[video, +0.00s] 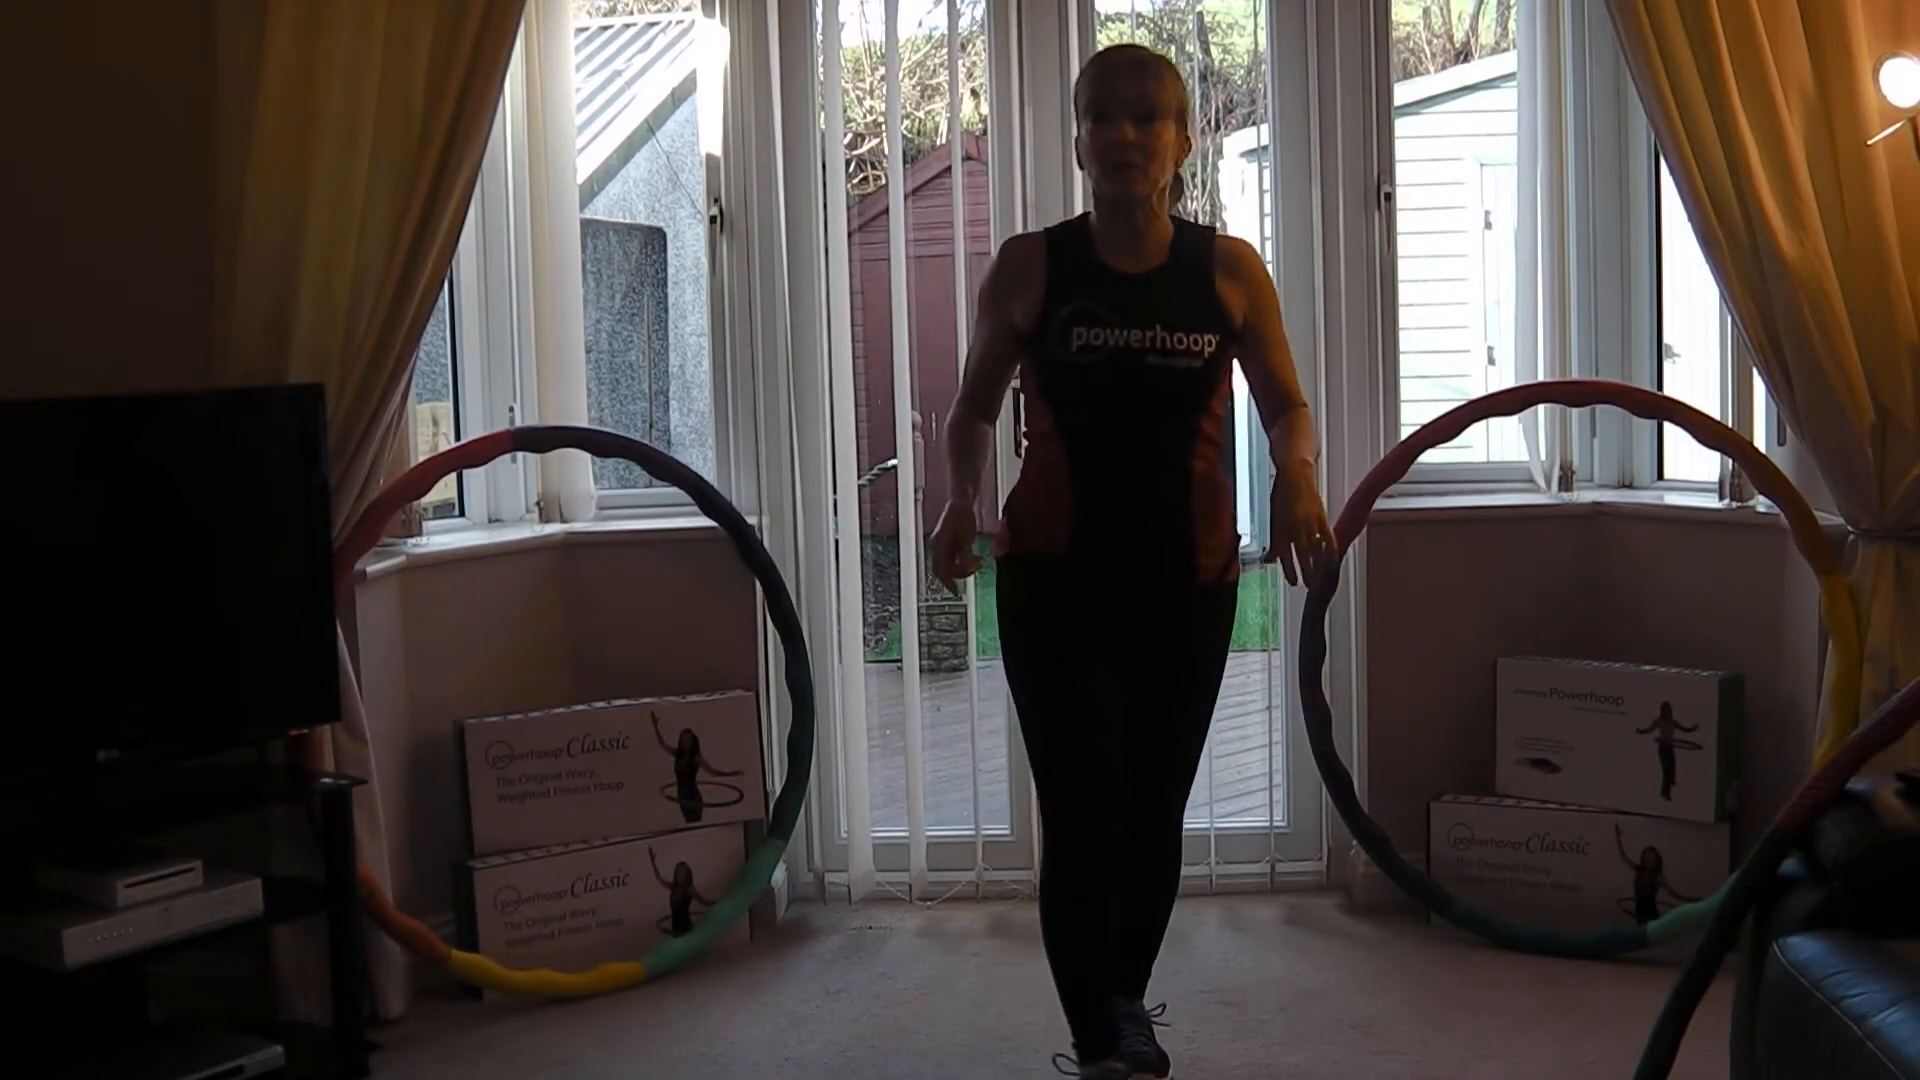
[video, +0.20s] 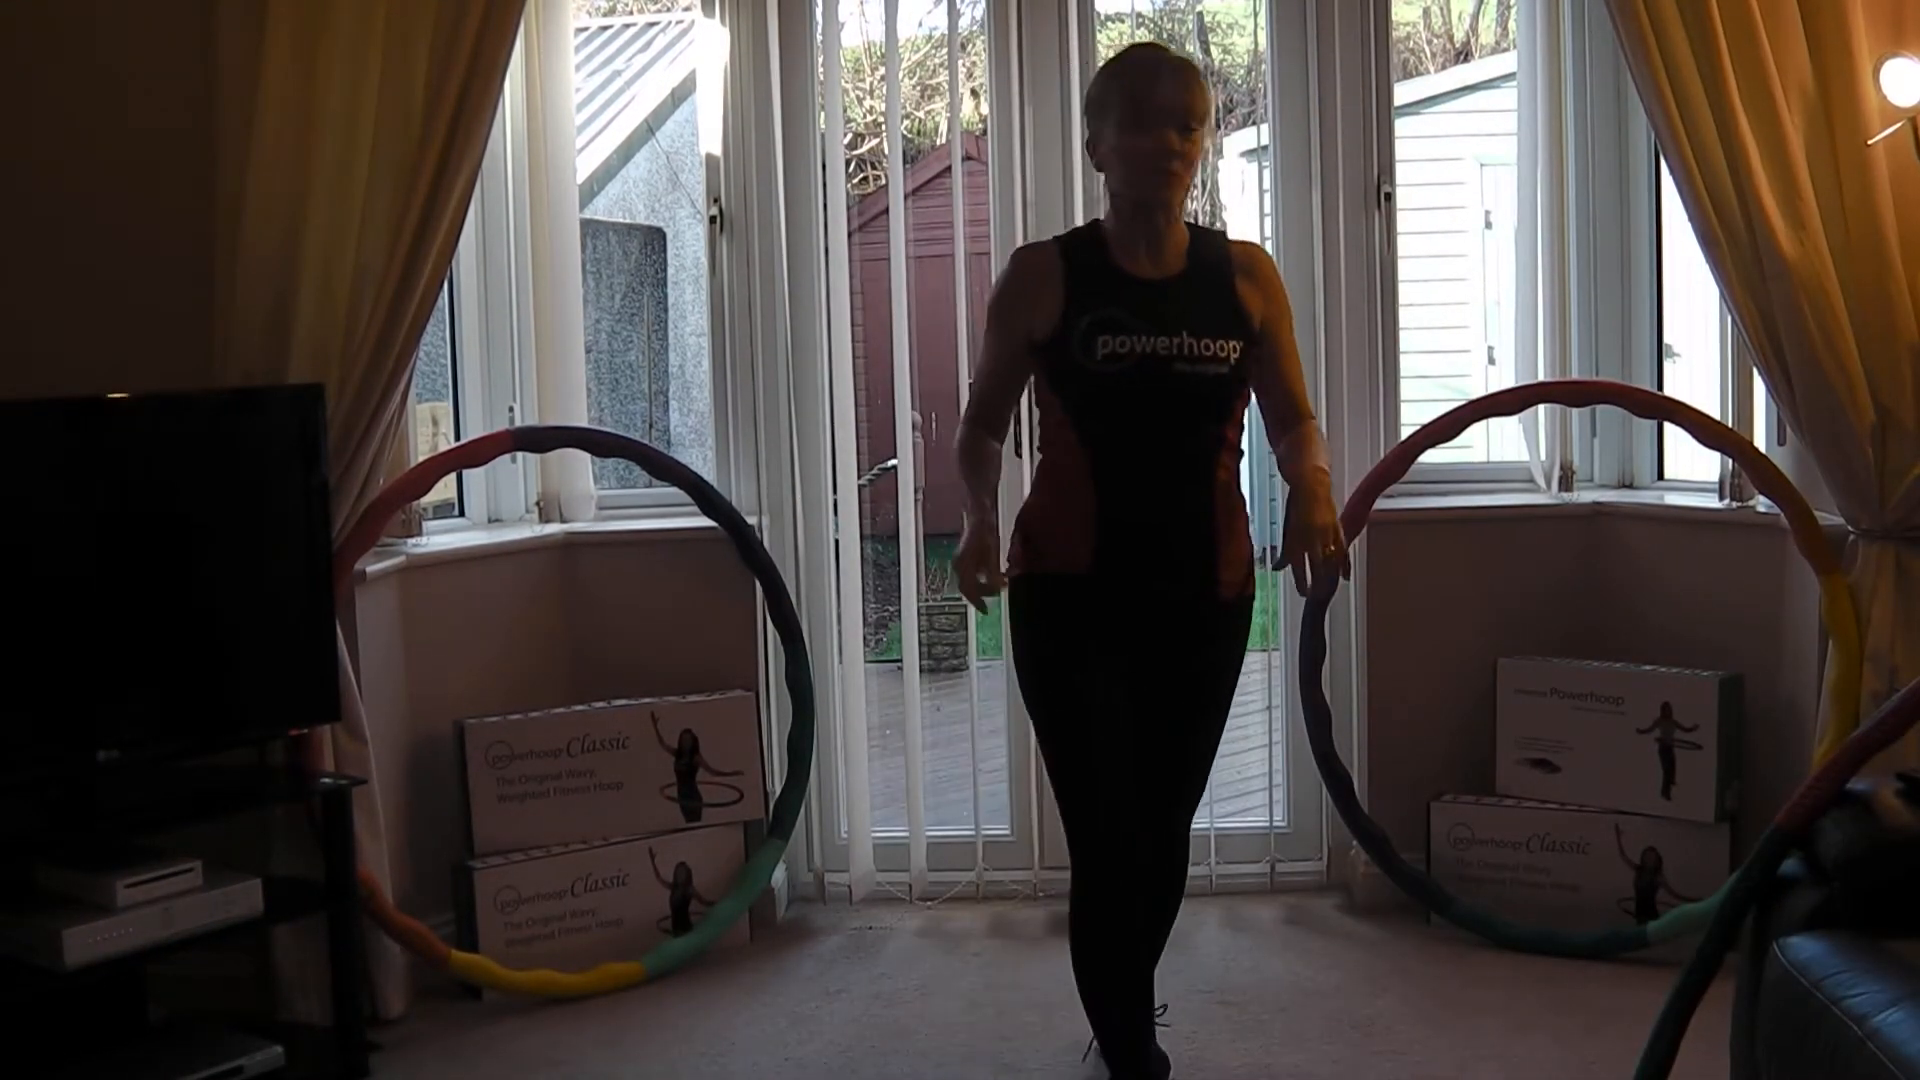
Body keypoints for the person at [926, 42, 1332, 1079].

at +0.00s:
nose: (1122, 137)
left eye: (1144, 117)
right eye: (1103, 117)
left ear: (1181, 137)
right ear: (1078, 133)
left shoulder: (1230, 268)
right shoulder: (1028, 266)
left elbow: (1283, 401)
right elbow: (975, 404)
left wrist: (1299, 483)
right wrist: (962, 502)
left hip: (1187, 579)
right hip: (1055, 577)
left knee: (1154, 805)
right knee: (1081, 806)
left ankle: (1126, 1004)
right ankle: (1096, 1034)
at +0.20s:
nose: (1166, 146)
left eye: (1183, 126)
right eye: (1142, 126)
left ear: (1206, 143)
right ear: (1095, 144)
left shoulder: (1247, 275)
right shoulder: (1040, 278)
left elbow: (1291, 417)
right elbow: (984, 424)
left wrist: (1314, 500)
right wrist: (980, 515)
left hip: (1205, 592)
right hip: (1070, 591)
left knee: (1163, 830)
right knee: (1108, 835)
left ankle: (1123, 1014)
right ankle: (1133, 1055)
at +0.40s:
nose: (1205, 130)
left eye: (1216, 111)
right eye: (1176, 109)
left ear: (1227, 128)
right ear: (1109, 125)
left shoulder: (1258, 259)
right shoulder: (1051, 270)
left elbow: (1299, 417)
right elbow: (991, 439)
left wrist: (1356, 482)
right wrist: (1034, 526)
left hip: (1231, 602)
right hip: (1097, 605)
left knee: (1223, 856)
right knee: (1125, 865)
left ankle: (1136, 992)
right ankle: (1139, 1073)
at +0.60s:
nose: (1200, 100)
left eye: (1219, 80)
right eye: (1170, 79)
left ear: (1245, 105)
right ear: (1124, 105)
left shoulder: (1284, 248)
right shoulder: (1075, 256)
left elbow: (1349, 403)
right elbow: (1006, 436)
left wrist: (1445, 464)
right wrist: (1070, 517)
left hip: (1266, 596)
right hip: (1122, 601)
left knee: (1338, 845)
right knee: (1135, 875)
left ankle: (1278, 1037)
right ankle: (1136, 1077)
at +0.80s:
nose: (1253, 91)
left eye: (1274, 69)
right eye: (1224, 70)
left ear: (1306, 93)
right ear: (1185, 95)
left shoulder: (1360, 252)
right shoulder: (1131, 250)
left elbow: (1469, 396)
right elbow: (1048, 426)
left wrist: (1597, 439)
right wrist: (1069, 526)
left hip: (1329, 600)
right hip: (1171, 604)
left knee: (1414, 892)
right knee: (1160, 889)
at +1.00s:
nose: (1357, 83)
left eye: (1379, 59)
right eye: (1330, 64)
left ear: (1418, 78)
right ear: (1299, 88)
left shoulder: (1490, 258)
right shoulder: (1241, 244)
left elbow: (1642, 391)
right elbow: (1173, 413)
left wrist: (1813, 461)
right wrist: (1085, 550)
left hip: (1420, 615)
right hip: (1254, 607)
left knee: (1470, 912)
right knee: (1199, 893)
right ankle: (1159, 1076)